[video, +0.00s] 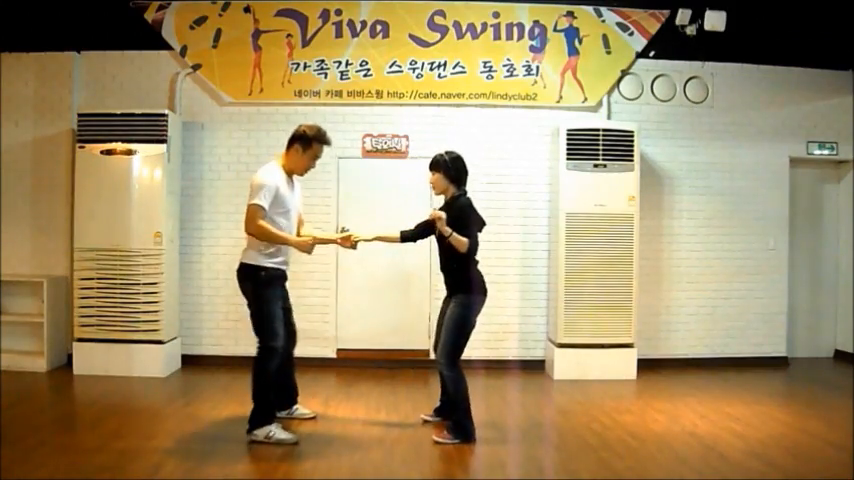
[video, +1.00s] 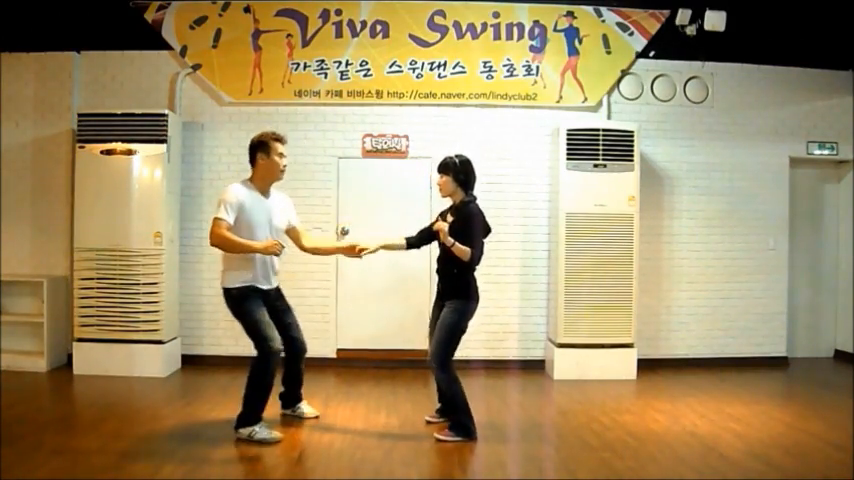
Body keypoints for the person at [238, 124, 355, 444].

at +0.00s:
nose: (313, 165)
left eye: (316, 159)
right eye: (313, 158)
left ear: (302, 152)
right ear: (295, 149)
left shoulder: (292, 182)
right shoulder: (268, 178)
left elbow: (298, 230)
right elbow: (252, 225)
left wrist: (336, 239)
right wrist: (293, 242)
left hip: (275, 271)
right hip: (258, 271)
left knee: (286, 339)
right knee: (272, 343)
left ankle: (284, 405)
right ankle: (260, 424)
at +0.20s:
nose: (310, 160)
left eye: (312, 154)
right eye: (308, 152)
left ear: (295, 148)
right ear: (290, 145)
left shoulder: (290, 183)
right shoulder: (261, 179)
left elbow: (297, 233)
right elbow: (246, 228)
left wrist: (336, 238)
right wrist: (286, 246)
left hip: (280, 274)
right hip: (261, 274)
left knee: (280, 343)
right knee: (264, 347)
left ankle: (283, 405)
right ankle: (258, 426)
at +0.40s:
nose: (308, 152)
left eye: (309, 145)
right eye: (305, 144)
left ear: (291, 145)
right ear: (285, 143)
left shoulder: (292, 184)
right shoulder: (259, 179)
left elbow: (299, 231)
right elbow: (243, 227)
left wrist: (339, 239)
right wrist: (284, 235)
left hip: (282, 273)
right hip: (262, 274)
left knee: (281, 343)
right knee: (264, 346)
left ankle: (283, 405)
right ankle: (258, 425)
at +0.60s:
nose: (305, 143)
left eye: (304, 136)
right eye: (299, 137)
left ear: (288, 142)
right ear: (280, 141)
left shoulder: (293, 184)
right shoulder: (259, 179)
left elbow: (305, 230)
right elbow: (238, 225)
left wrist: (344, 235)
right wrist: (277, 238)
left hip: (283, 274)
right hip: (262, 274)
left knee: (284, 342)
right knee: (267, 346)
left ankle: (284, 405)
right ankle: (259, 425)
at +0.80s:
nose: (299, 144)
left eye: (297, 139)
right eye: (292, 140)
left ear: (285, 147)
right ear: (273, 147)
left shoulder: (293, 184)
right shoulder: (254, 183)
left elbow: (311, 228)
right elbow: (225, 224)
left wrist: (343, 219)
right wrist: (262, 241)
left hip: (281, 275)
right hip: (254, 277)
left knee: (299, 336)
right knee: (272, 342)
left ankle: (287, 402)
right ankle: (260, 425)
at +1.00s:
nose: (285, 163)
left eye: (285, 157)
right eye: (280, 156)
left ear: (269, 161)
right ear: (260, 159)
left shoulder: (281, 202)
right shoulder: (235, 194)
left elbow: (305, 243)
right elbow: (217, 237)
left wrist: (343, 248)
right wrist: (258, 246)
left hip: (270, 286)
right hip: (240, 287)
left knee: (296, 346)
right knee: (271, 347)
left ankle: (291, 403)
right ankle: (247, 424)